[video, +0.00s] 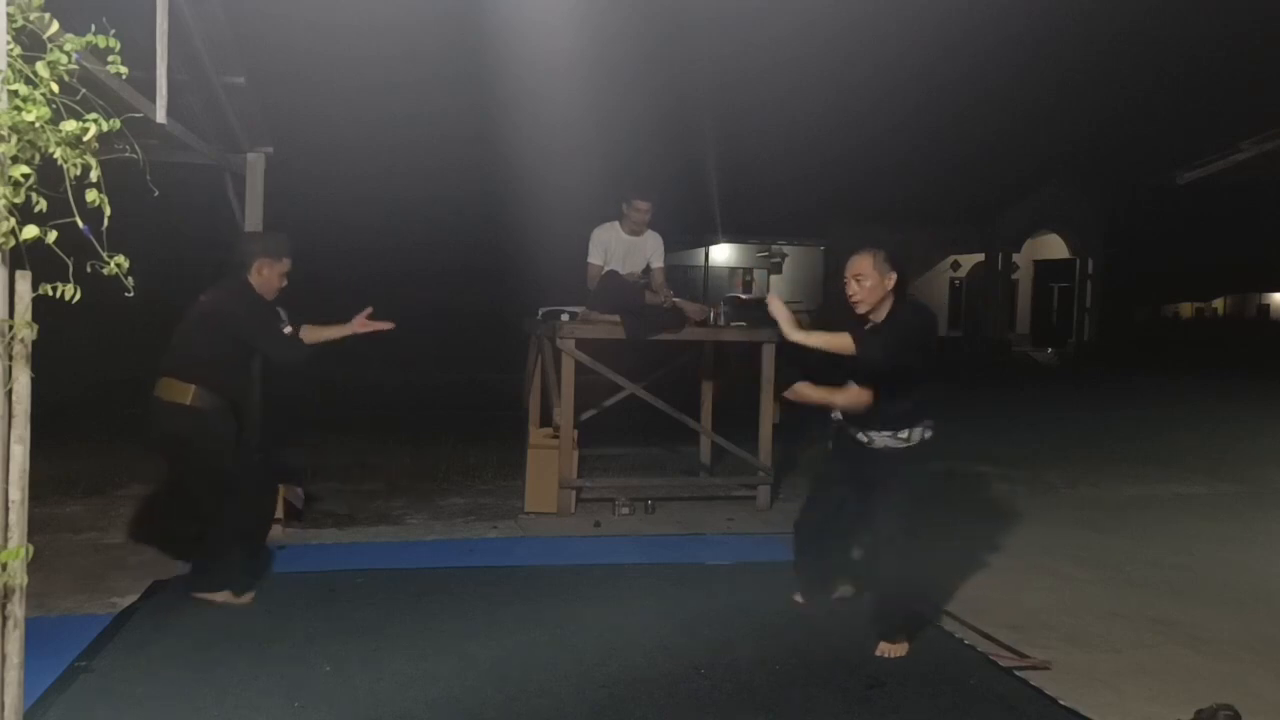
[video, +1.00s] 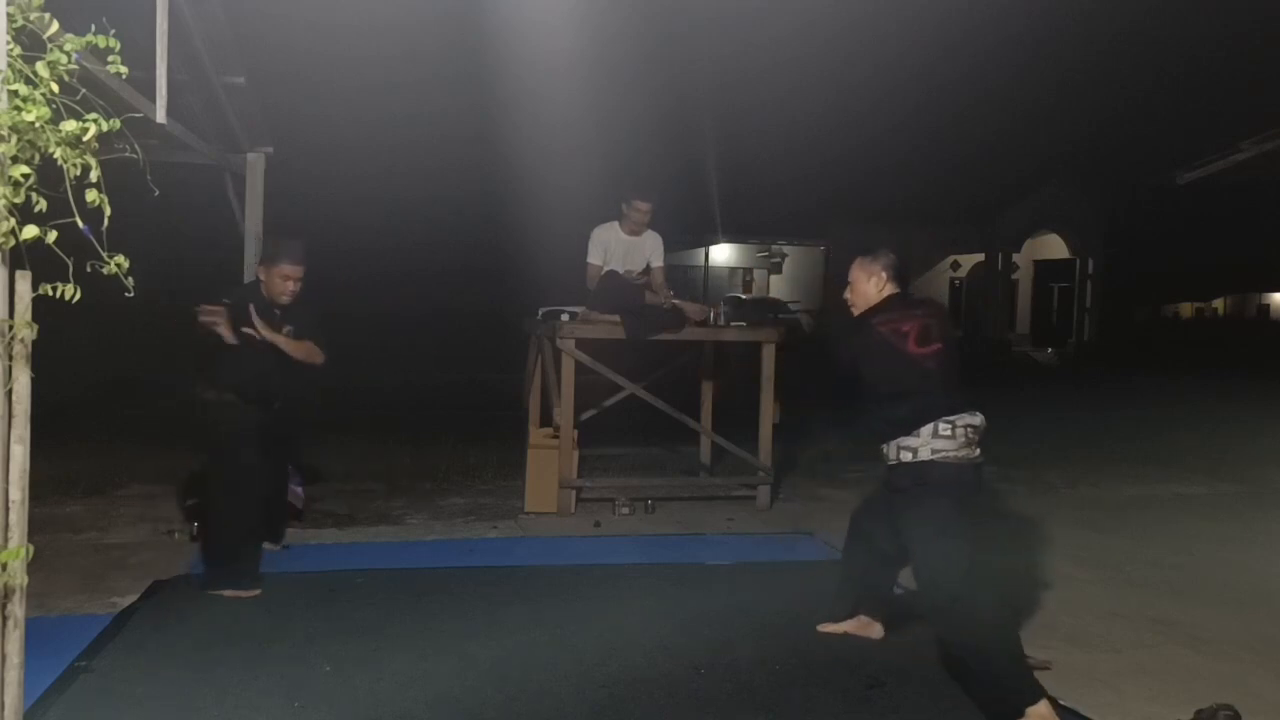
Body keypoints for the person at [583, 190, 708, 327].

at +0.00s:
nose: (642, 217)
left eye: (647, 212)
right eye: (637, 211)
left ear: (651, 213)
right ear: (625, 209)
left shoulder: (654, 240)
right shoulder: (602, 234)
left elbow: (659, 283)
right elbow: (592, 283)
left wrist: (665, 295)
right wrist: (623, 280)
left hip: (637, 299)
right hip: (604, 299)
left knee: (676, 317)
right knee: (611, 278)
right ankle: (680, 305)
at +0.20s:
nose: (643, 217)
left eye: (647, 212)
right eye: (637, 211)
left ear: (652, 213)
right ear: (624, 209)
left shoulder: (654, 240)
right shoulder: (602, 234)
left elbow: (659, 283)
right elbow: (592, 283)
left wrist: (665, 295)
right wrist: (625, 280)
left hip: (636, 302)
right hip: (603, 301)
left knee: (676, 317)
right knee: (611, 278)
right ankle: (679, 306)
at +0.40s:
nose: (642, 218)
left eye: (647, 212)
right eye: (637, 211)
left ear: (651, 214)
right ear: (624, 209)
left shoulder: (654, 240)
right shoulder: (602, 234)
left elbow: (659, 283)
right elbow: (592, 283)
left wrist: (665, 295)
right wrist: (623, 281)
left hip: (637, 300)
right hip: (603, 300)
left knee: (675, 317)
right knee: (611, 278)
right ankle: (679, 306)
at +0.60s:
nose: (643, 218)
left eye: (647, 213)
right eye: (637, 212)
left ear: (651, 214)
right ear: (624, 209)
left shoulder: (654, 240)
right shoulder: (602, 234)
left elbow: (659, 283)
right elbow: (592, 283)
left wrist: (665, 295)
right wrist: (624, 281)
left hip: (635, 301)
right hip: (602, 301)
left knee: (676, 318)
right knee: (611, 278)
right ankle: (679, 306)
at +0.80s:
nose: (642, 218)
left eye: (646, 213)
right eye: (637, 211)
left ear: (651, 213)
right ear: (624, 209)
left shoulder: (654, 240)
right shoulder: (602, 234)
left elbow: (658, 283)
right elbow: (592, 283)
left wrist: (665, 294)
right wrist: (623, 281)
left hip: (636, 302)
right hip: (603, 302)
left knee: (676, 317)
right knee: (611, 278)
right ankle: (679, 307)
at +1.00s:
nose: (643, 218)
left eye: (648, 213)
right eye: (638, 211)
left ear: (652, 213)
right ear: (624, 209)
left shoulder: (654, 240)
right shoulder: (602, 234)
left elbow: (659, 283)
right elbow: (592, 283)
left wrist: (667, 298)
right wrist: (622, 282)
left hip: (637, 302)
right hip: (603, 301)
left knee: (676, 317)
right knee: (611, 278)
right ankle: (679, 306)